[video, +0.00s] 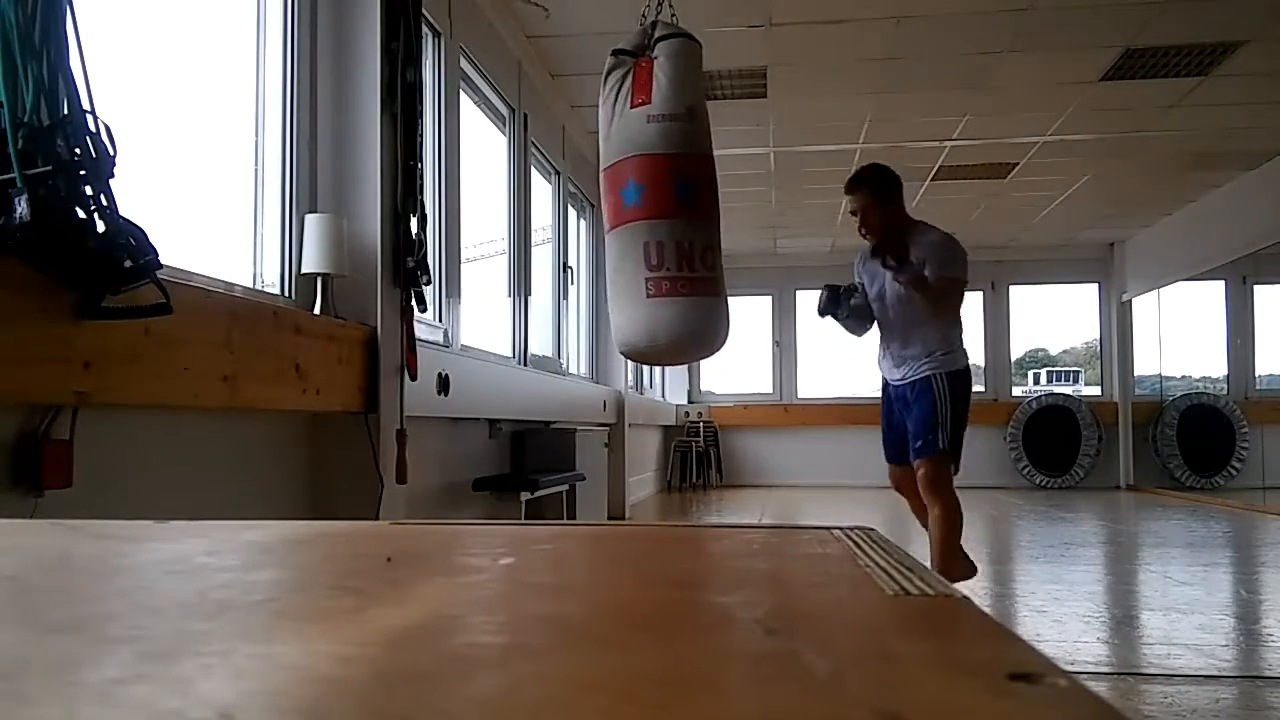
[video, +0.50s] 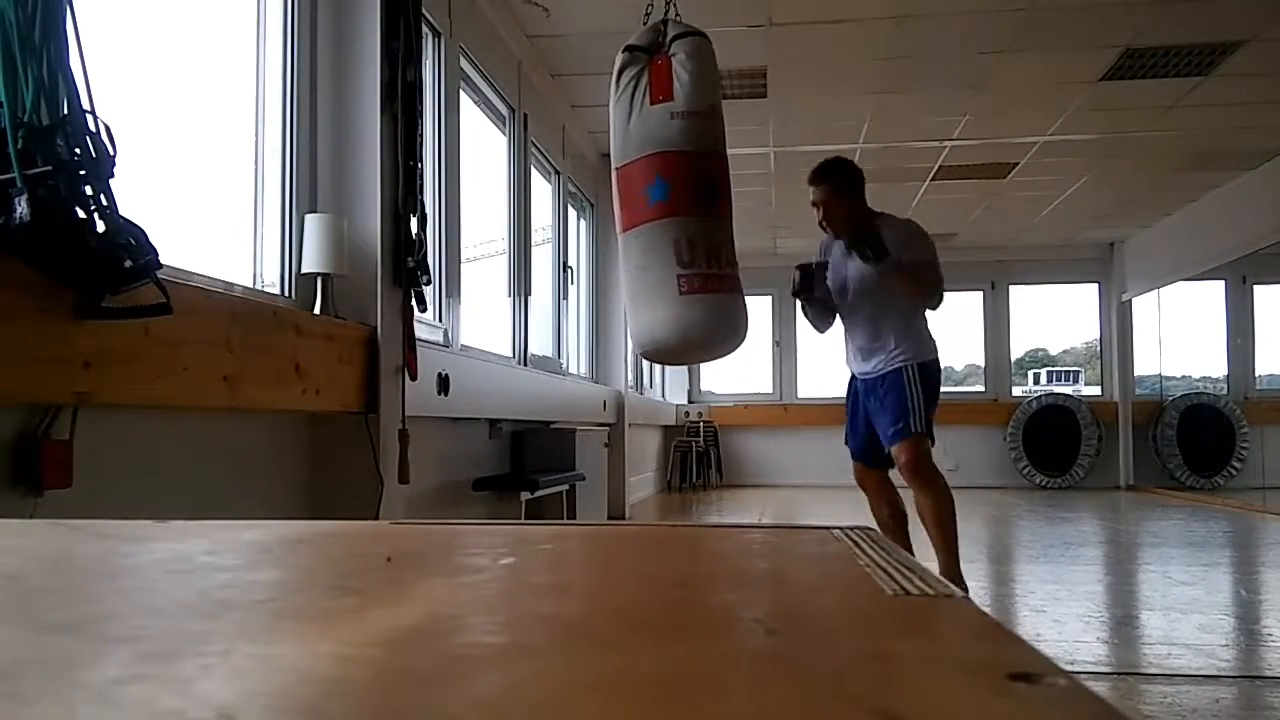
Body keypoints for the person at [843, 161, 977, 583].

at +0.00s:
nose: (858, 224)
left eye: (861, 213)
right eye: (854, 215)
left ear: (891, 204)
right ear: (873, 211)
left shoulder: (940, 246)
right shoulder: (867, 260)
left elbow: (947, 309)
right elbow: (863, 322)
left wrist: (914, 278)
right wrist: (841, 307)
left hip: (938, 371)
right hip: (895, 376)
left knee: (932, 477)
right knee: (902, 477)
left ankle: (938, 583)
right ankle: (957, 561)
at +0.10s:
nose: (847, 224)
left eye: (852, 214)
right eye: (844, 215)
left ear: (882, 204)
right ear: (860, 209)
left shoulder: (929, 240)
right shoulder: (870, 248)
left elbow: (916, 303)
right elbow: (858, 316)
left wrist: (879, 255)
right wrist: (840, 292)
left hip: (933, 372)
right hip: (891, 374)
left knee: (934, 480)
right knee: (884, 471)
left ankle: (942, 591)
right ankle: (936, 555)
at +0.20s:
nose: (841, 226)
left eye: (844, 216)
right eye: (838, 218)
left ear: (871, 204)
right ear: (856, 209)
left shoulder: (924, 239)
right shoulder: (862, 247)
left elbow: (917, 302)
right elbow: (848, 313)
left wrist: (865, 263)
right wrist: (829, 282)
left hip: (929, 373)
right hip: (886, 374)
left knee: (934, 480)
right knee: (875, 469)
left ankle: (942, 590)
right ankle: (912, 569)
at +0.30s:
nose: (833, 236)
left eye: (835, 225)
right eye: (829, 228)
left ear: (862, 213)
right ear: (846, 218)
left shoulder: (918, 247)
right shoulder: (844, 256)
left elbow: (934, 314)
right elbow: (834, 326)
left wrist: (883, 298)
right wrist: (813, 299)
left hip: (922, 370)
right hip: (877, 375)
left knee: (919, 470)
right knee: (868, 474)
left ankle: (933, 585)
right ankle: (903, 575)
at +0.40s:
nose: (826, 240)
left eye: (830, 230)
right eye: (822, 232)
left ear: (858, 220)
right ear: (825, 227)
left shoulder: (914, 253)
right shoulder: (833, 266)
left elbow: (951, 316)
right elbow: (818, 336)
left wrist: (905, 299)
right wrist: (807, 312)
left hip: (913, 373)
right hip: (869, 382)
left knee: (907, 454)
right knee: (866, 482)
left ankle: (935, 576)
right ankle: (902, 578)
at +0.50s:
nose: (818, 216)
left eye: (823, 204)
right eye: (815, 206)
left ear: (853, 197)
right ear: (823, 204)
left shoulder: (905, 234)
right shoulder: (832, 247)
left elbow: (932, 296)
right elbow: (823, 321)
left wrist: (885, 260)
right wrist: (809, 294)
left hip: (906, 362)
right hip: (863, 371)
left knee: (912, 461)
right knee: (867, 472)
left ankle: (952, 578)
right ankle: (904, 572)